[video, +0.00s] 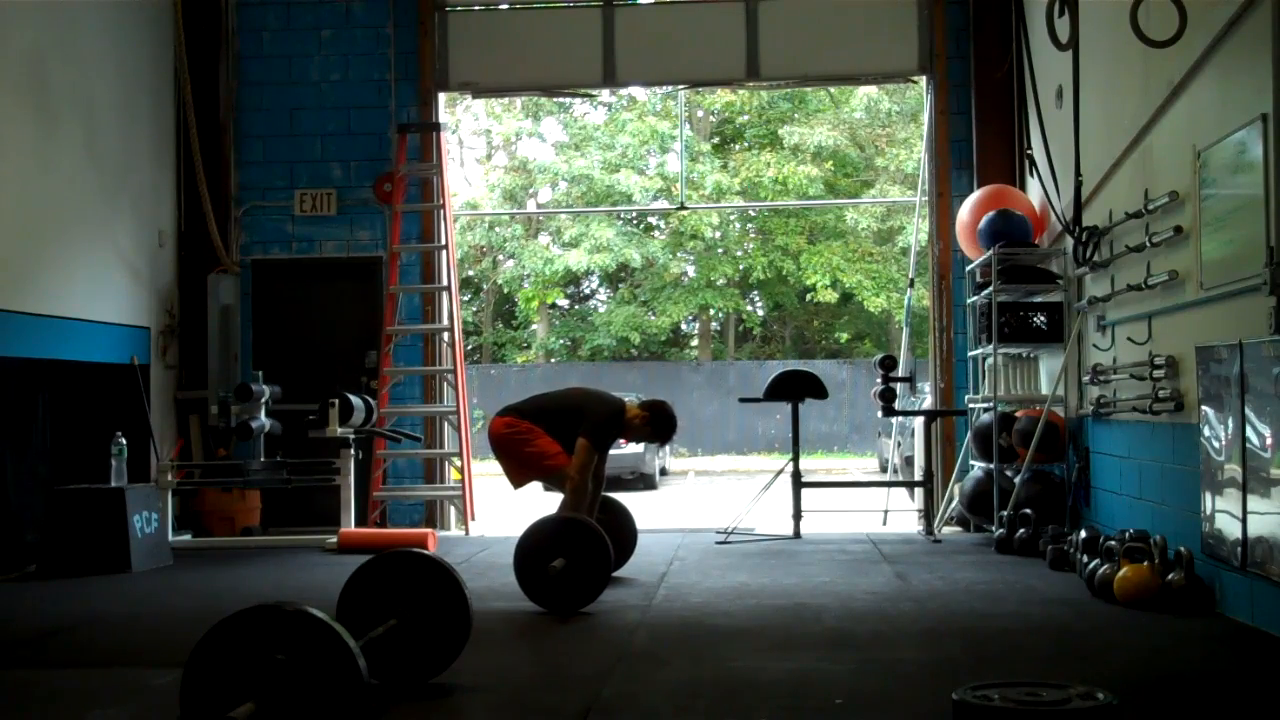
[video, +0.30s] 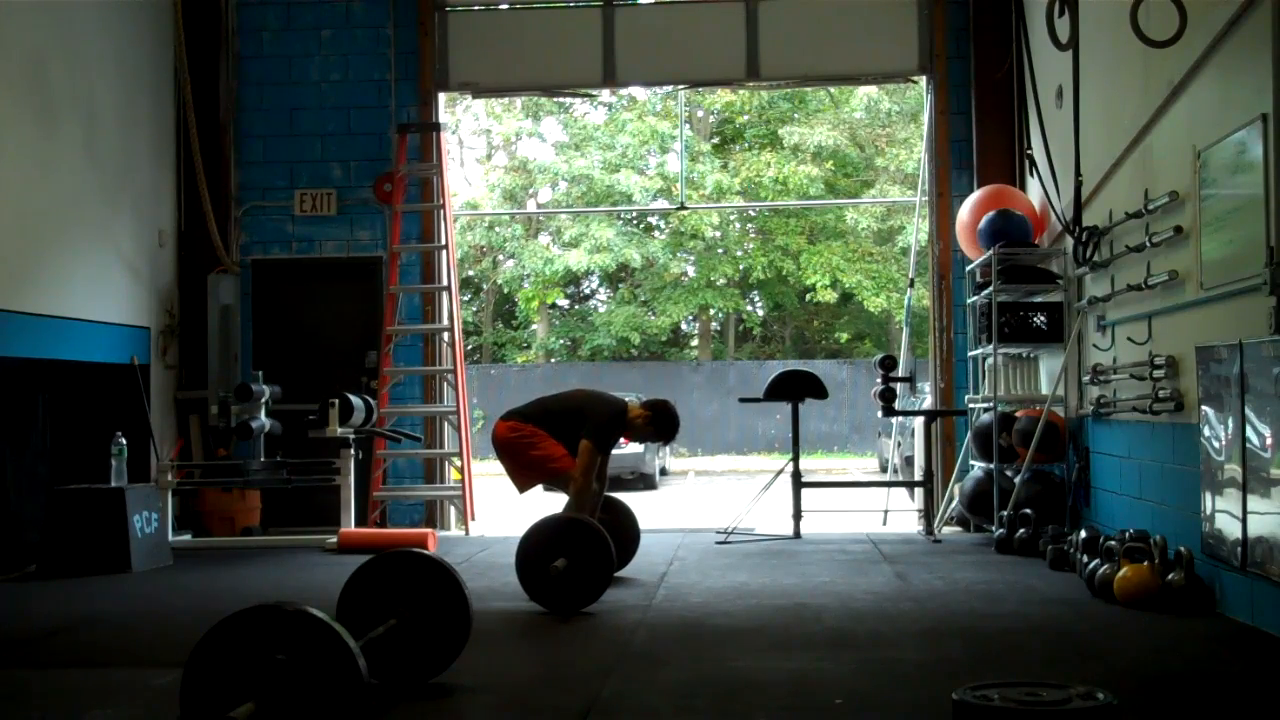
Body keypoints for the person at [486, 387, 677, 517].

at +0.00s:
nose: (636, 442)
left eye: (643, 441)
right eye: (643, 437)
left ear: (641, 416)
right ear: (642, 419)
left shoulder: (613, 419)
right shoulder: (606, 413)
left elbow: (595, 478)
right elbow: (577, 477)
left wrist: (587, 530)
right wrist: (568, 535)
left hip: (524, 428)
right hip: (511, 426)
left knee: (588, 481)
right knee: (577, 483)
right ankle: (561, 550)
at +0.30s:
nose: (640, 441)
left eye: (646, 441)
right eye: (646, 437)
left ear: (643, 414)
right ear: (644, 417)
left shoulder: (614, 420)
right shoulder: (607, 414)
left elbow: (599, 480)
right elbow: (581, 478)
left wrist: (589, 530)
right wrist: (571, 535)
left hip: (524, 431)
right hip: (515, 430)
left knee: (591, 486)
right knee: (581, 485)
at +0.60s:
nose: (635, 442)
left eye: (641, 441)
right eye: (641, 437)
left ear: (639, 415)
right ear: (640, 419)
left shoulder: (611, 421)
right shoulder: (603, 415)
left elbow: (595, 481)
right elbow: (577, 478)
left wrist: (587, 532)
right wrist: (568, 536)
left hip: (524, 434)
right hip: (511, 433)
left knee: (589, 488)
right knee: (579, 488)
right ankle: (566, 552)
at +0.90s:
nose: (631, 442)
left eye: (638, 441)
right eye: (638, 437)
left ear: (638, 415)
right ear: (639, 421)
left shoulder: (609, 419)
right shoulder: (602, 412)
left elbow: (594, 478)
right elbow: (579, 477)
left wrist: (586, 529)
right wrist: (569, 534)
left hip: (520, 426)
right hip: (509, 423)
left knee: (583, 483)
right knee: (574, 484)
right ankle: (554, 548)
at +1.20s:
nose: (643, 442)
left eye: (649, 442)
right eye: (649, 438)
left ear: (646, 416)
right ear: (647, 421)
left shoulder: (617, 418)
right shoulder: (609, 413)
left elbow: (599, 479)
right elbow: (586, 479)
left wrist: (590, 531)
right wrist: (571, 537)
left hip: (528, 428)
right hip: (517, 426)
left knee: (592, 483)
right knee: (584, 484)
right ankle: (562, 549)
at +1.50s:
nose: (645, 443)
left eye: (651, 442)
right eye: (650, 438)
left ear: (646, 416)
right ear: (647, 420)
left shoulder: (617, 422)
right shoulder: (610, 416)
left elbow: (600, 481)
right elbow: (584, 480)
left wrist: (588, 535)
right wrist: (572, 538)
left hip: (529, 434)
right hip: (518, 433)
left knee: (592, 487)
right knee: (584, 487)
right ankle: (566, 553)